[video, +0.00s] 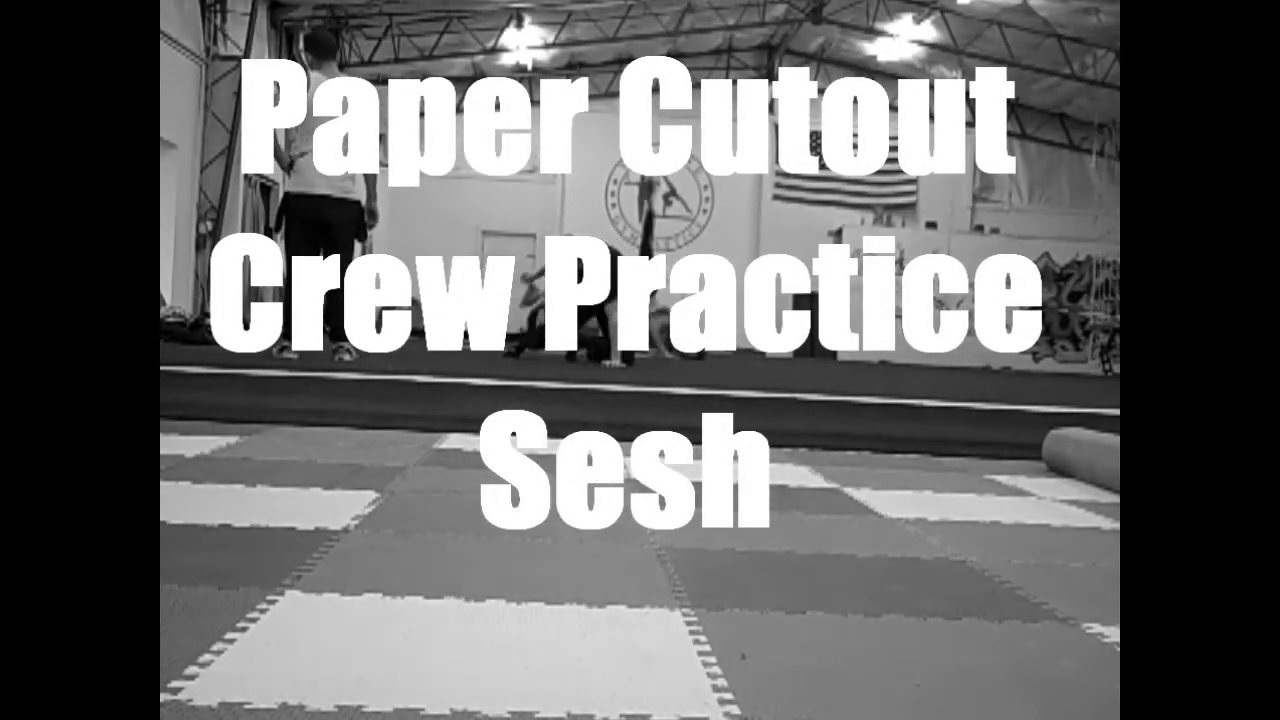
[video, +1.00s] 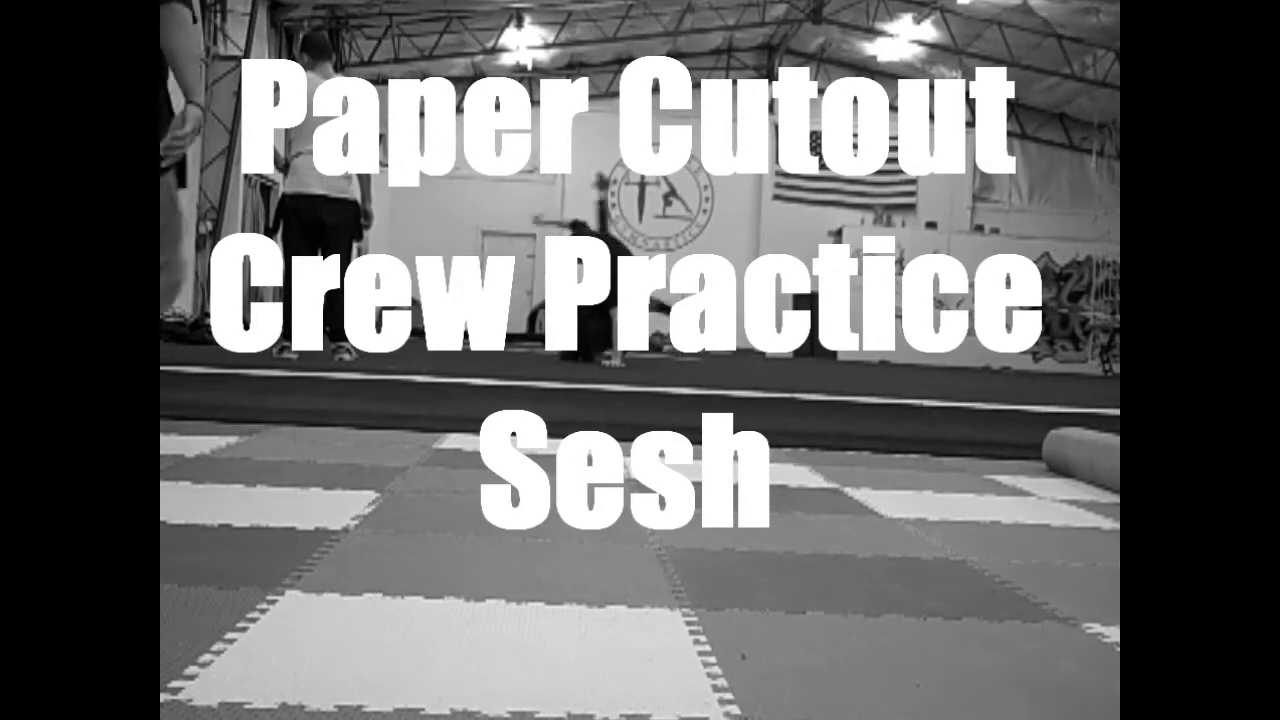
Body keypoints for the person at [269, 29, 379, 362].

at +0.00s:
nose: (303, 58)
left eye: (303, 53)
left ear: (306, 54)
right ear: (337, 54)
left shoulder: (296, 86)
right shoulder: (357, 90)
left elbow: (276, 134)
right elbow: (369, 152)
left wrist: (286, 162)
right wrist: (371, 201)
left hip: (302, 196)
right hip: (344, 198)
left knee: (298, 272)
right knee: (342, 274)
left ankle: (290, 342)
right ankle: (342, 343)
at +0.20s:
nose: (302, 60)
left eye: (301, 55)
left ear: (303, 55)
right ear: (334, 55)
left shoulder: (292, 87)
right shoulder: (353, 90)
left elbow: (276, 144)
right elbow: (366, 151)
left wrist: (287, 167)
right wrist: (371, 200)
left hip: (299, 198)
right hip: (342, 199)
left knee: (296, 273)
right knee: (340, 274)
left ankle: (289, 343)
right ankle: (341, 343)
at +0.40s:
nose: (301, 62)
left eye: (299, 57)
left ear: (302, 57)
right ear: (333, 57)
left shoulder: (291, 87)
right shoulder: (352, 90)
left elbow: (276, 145)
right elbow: (364, 152)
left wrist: (287, 167)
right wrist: (368, 201)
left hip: (298, 198)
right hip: (341, 199)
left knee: (296, 274)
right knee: (341, 275)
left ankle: (290, 342)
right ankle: (341, 343)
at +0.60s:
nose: (300, 62)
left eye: (299, 57)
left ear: (302, 57)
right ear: (332, 57)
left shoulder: (292, 87)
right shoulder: (351, 90)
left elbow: (275, 141)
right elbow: (362, 152)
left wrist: (284, 164)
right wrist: (366, 201)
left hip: (298, 196)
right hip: (340, 196)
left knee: (295, 272)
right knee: (339, 273)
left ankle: (289, 341)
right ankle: (340, 343)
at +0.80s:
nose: (302, 62)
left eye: (301, 57)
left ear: (303, 57)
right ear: (333, 56)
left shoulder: (292, 86)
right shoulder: (351, 90)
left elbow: (274, 140)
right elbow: (362, 152)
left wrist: (284, 163)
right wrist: (366, 201)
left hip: (298, 196)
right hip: (340, 196)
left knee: (295, 272)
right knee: (339, 273)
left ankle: (289, 341)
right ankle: (341, 343)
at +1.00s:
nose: (301, 61)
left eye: (300, 57)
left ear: (303, 57)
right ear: (333, 57)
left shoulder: (292, 86)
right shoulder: (352, 90)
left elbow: (275, 142)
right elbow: (362, 153)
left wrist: (285, 165)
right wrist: (366, 201)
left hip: (299, 196)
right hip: (340, 196)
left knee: (295, 272)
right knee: (339, 274)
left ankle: (289, 341)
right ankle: (341, 343)